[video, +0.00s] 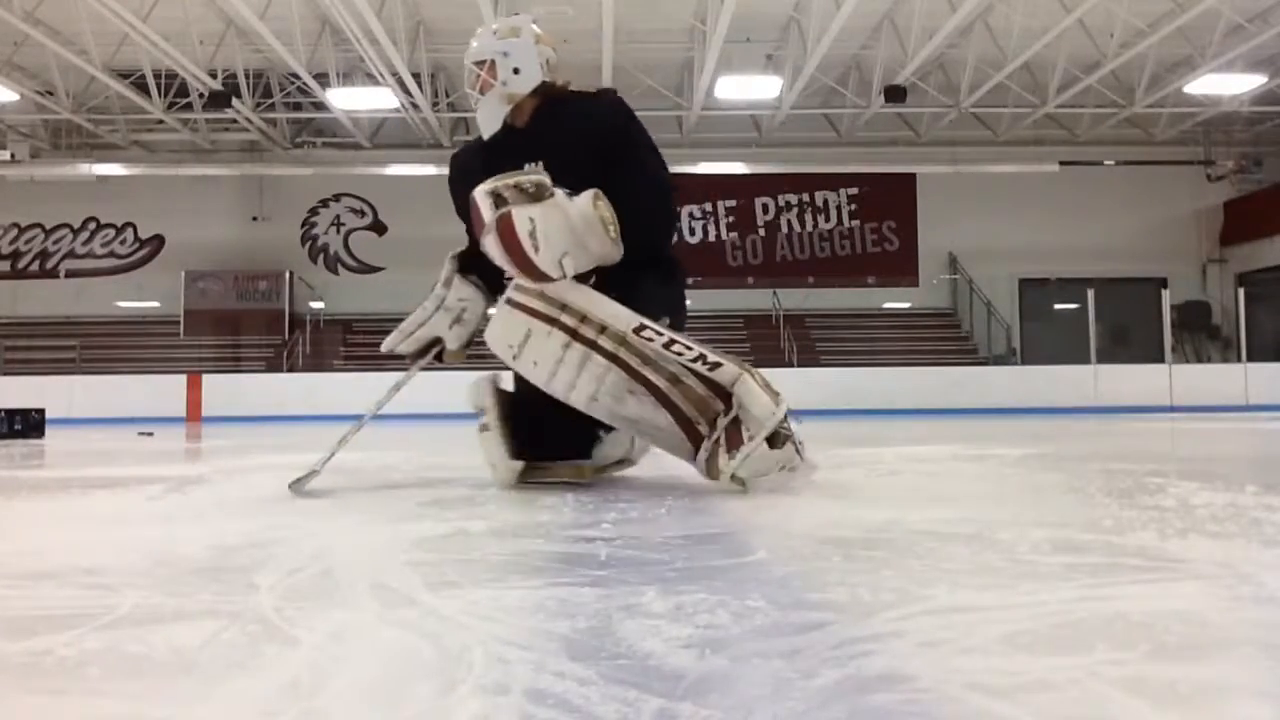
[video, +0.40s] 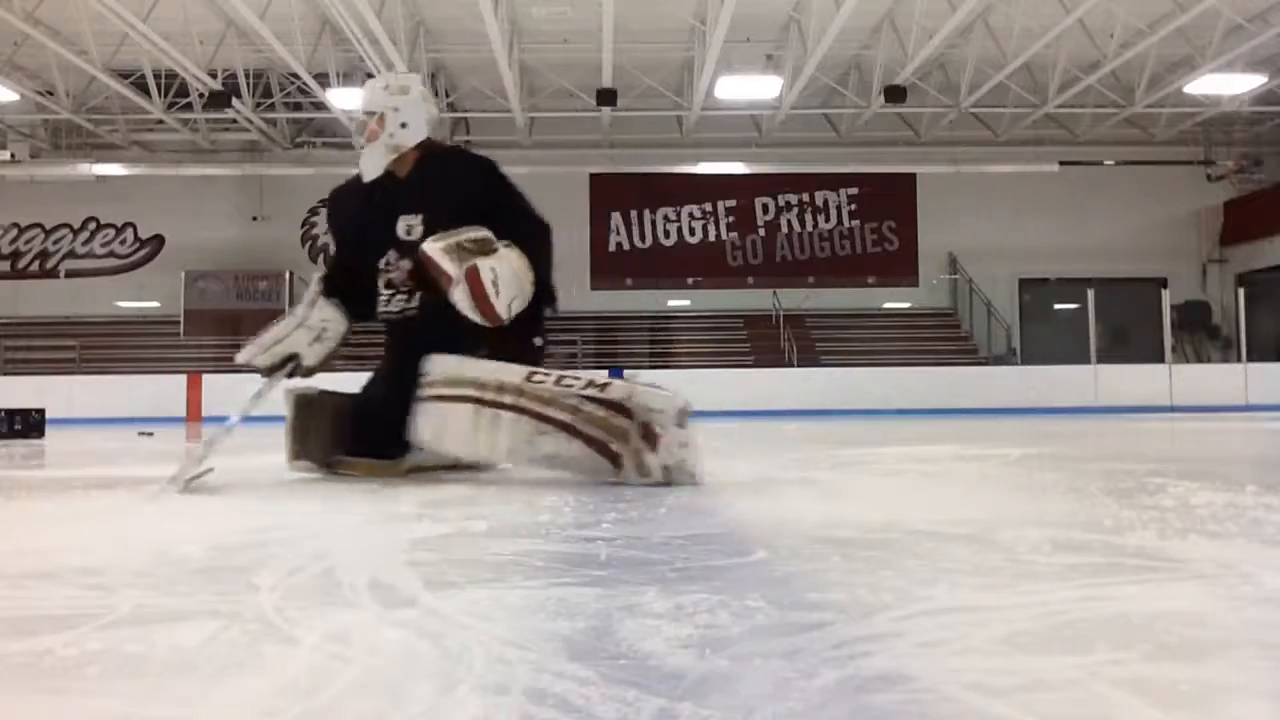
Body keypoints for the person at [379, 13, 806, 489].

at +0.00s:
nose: (474, 83)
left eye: (482, 68)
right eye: (472, 72)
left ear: (515, 65)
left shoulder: (598, 113)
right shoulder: (474, 162)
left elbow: (653, 206)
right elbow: (487, 251)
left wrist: (572, 230)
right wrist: (464, 299)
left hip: (634, 291)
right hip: (542, 315)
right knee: (532, 436)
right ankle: (622, 434)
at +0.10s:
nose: (457, 90)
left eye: (463, 77)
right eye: (455, 80)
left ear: (493, 75)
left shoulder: (576, 121)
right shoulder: (458, 170)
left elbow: (631, 207)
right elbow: (475, 257)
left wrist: (545, 239)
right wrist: (448, 303)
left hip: (619, 289)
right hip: (530, 313)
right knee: (490, 427)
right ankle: (579, 430)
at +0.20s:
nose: (426, 102)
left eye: (436, 88)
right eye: (422, 92)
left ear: (471, 85)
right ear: (429, 98)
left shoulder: (537, 133)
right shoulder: (425, 184)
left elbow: (601, 216)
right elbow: (444, 262)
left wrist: (534, 245)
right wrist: (416, 302)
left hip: (590, 299)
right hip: (505, 322)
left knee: (617, 383)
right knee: (450, 435)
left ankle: (729, 434)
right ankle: (542, 434)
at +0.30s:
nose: (393, 116)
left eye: (406, 104)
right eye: (391, 104)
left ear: (441, 109)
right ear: (394, 110)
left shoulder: (498, 155)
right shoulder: (385, 193)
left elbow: (566, 227)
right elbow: (393, 279)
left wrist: (519, 264)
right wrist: (363, 316)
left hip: (539, 316)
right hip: (456, 329)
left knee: (589, 395)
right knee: (405, 435)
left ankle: (695, 434)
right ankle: (494, 426)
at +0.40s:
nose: (361, 130)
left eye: (370, 119)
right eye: (361, 120)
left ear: (403, 120)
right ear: (384, 121)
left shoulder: (467, 173)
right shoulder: (357, 203)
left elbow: (532, 236)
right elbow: (348, 288)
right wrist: (309, 336)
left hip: (498, 338)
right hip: (416, 349)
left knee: (413, 328)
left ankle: (371, 447)